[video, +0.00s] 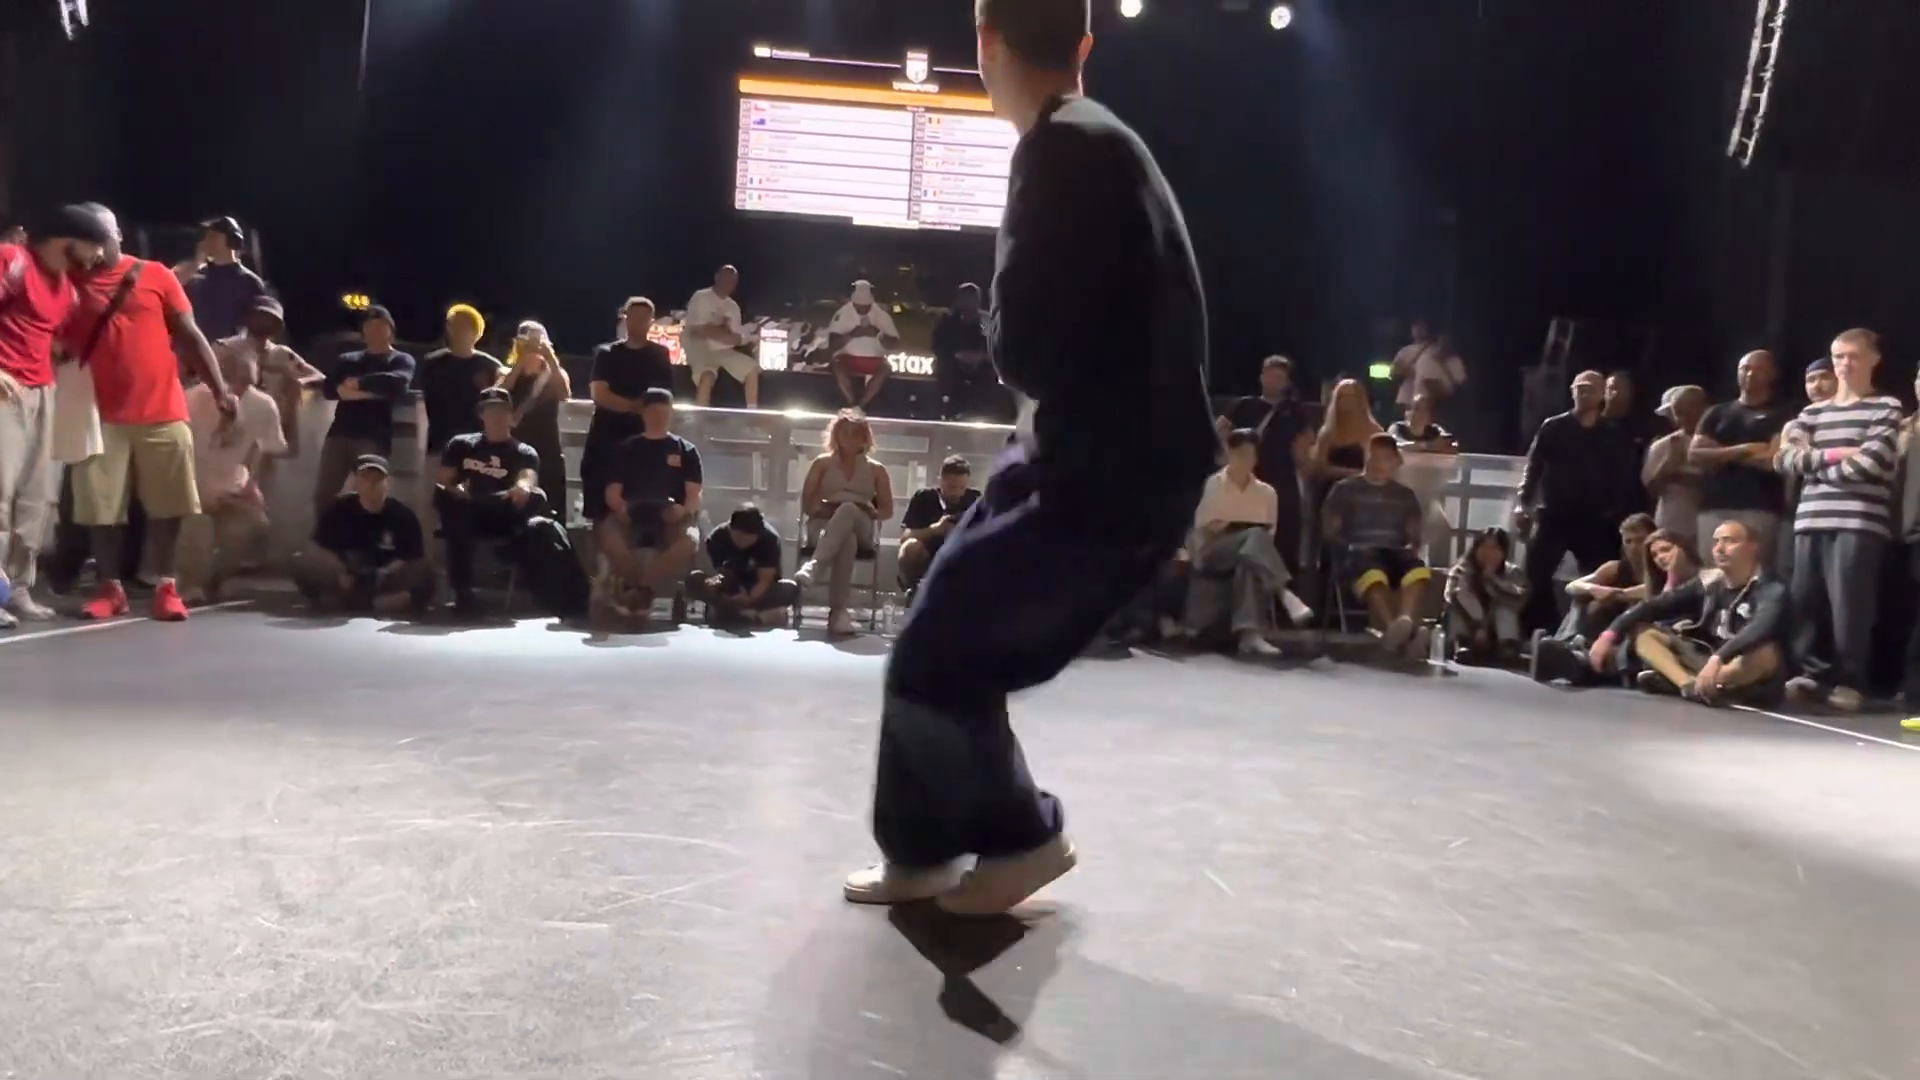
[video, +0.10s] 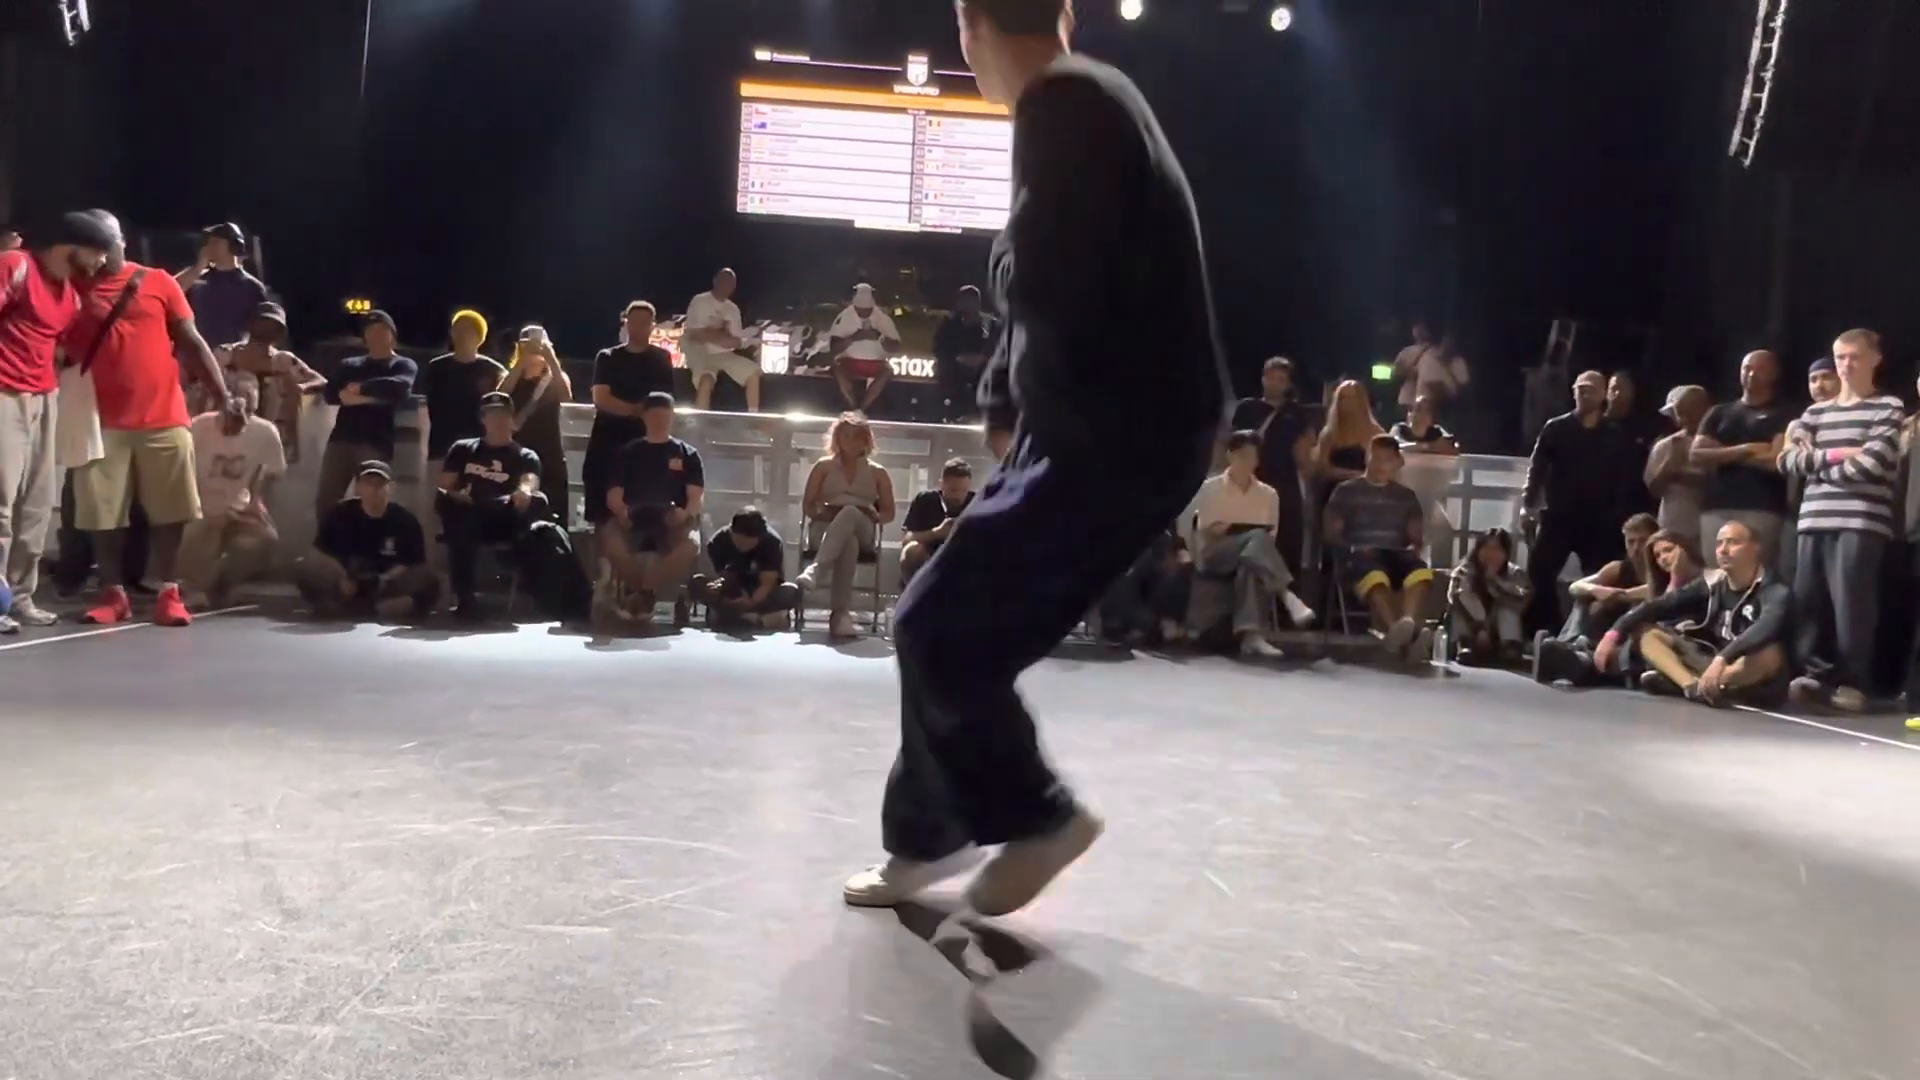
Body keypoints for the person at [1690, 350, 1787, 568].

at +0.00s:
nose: (1748, 374)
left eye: (1755, 370)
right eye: (1744, 369)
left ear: (1771, 375)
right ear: (1738, 374)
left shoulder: (1784, 415)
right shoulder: (1717, 412)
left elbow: (1776, 459)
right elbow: (1694, 453)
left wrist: (1722, 453)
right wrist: (1747, 450)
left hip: (1760, 508)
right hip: (1714, 507)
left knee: (1756, 585)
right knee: (1713, 585)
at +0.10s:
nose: (1750, 375)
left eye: (1758, 370)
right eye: (1747, 369)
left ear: (1772, 376)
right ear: (1740, 373)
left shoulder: (1785, 415)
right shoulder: (1720, 413)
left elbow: (1778, 460)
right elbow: (1695, 454)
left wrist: (1723, 452)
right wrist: (1748, 450)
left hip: (1762, 510)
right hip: (1717, 508)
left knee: (1758, 586)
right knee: (1717, 586)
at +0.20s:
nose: (1749, 371)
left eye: (1756, 366)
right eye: (1745, 365)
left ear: (1771, 371)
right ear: (1739, 369)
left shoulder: (1784, 411)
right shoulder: (1718, 408)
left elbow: (1776, 456)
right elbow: (1695, 450)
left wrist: (1724, 449)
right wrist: (1748, 445)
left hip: (1761, 505)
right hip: (1716, 504)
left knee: (1757, 582)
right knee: (1715, 581)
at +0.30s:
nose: (1746, 361)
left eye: (1753, 356)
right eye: (1742, 355)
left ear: (1768, 360)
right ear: (1735, 359)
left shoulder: (1781, 401)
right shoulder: (1715, 398)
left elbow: (1774, 446)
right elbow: (1691, 440)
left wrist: (1720, 438)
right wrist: (1745, 435)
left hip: (1758, 494)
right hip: (1712, 493)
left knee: (1754, 572)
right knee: (1712, 572)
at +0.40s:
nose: (1746, 356)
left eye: (1753, 352)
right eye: (1742, 351)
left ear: (1768, 357)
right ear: (1735, 355)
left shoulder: (1782, 397)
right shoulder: (1715, 395)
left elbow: (1777, 442)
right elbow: (1692, 437)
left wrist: (1719, 436)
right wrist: (1745, 431)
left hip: (1758, 491)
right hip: (1712, 490)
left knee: (1754, 567)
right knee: (1712, 567)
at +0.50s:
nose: (1746, 360)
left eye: (1753, 355)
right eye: (1742, 354)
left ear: (1768, 359)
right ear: (1736, 358)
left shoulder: (1781, 398)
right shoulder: (1715, 398)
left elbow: (1774, 445)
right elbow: (1692, 439)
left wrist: (1721, 439)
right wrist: (1745, 434)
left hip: (1759, 493)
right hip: (1714, 492)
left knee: (1754, 571)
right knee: (1714, 570)